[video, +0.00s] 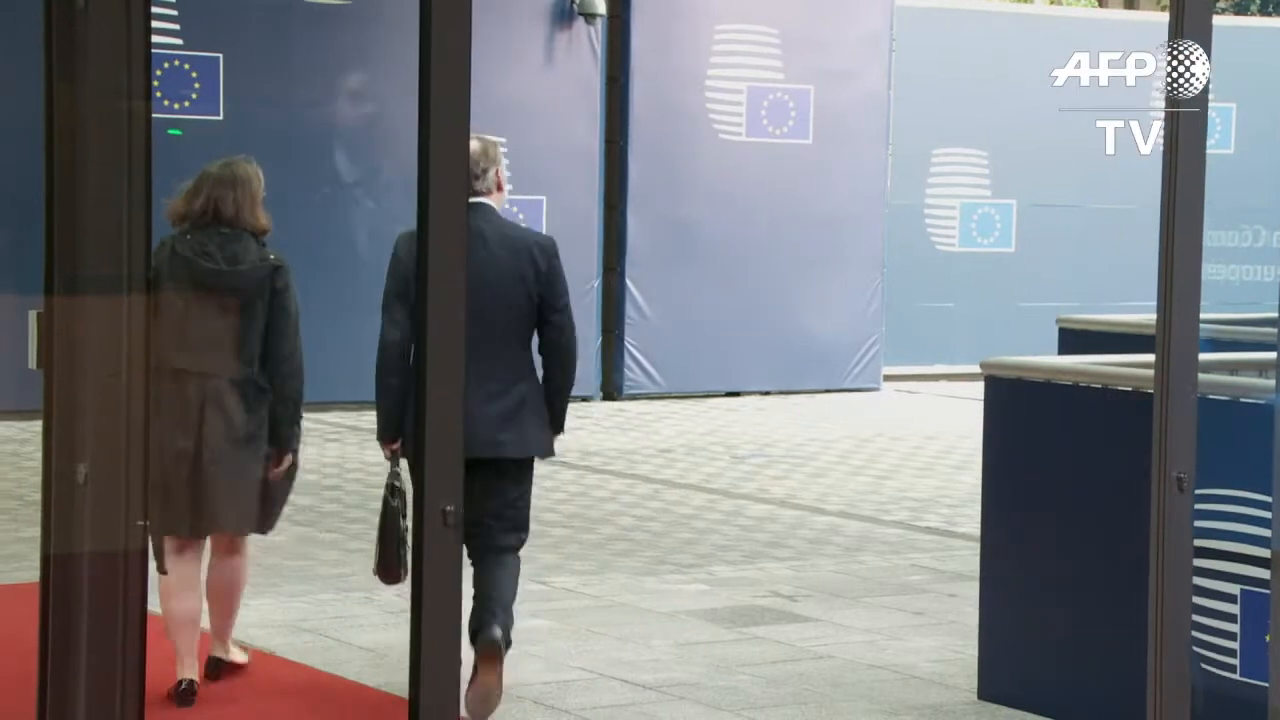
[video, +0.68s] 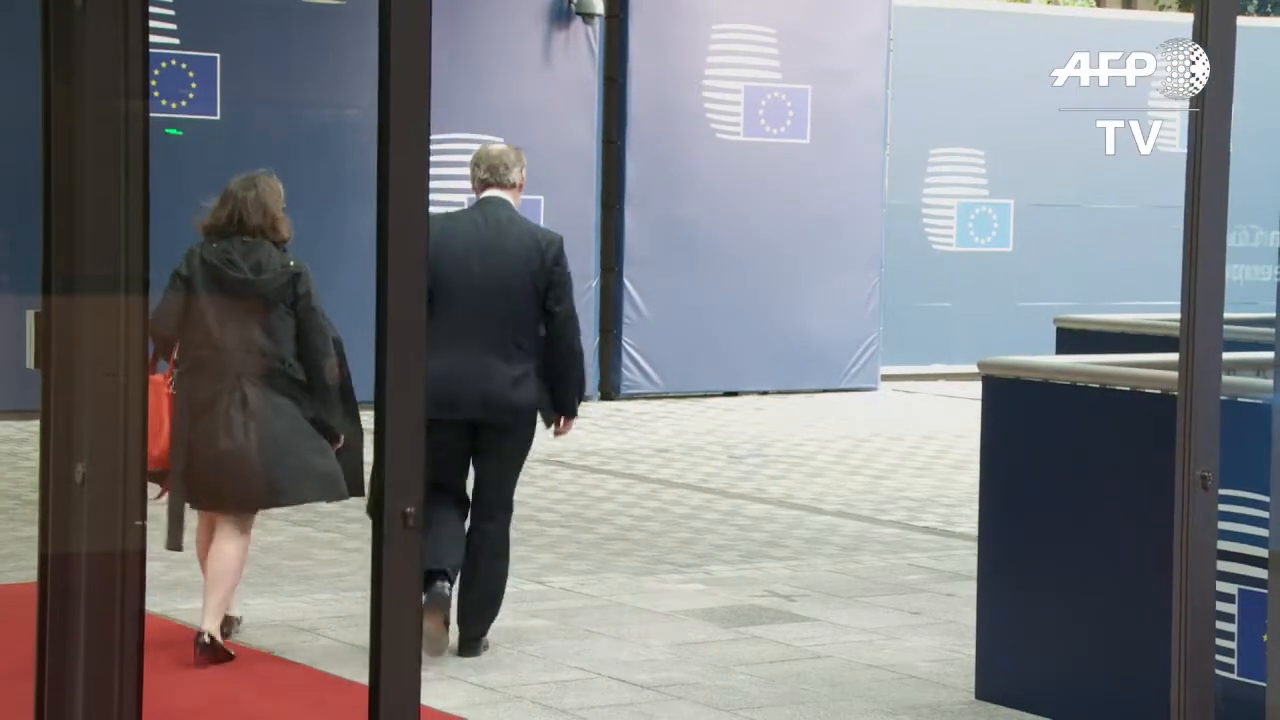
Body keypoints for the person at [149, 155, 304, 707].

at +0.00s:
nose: (263, 206)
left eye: (260, 196)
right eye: (260, 198)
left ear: (197, 198)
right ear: (252, 204)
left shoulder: (161, 260)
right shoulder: (269, 270)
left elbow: (138, 346)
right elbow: (284, 362)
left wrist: (137, 420)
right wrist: (286, 438)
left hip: (167, 419)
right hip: (237, 421)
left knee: (181, 548)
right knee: (230, 545)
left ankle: (186, 672)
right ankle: (222, 646)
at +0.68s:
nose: (285, 216)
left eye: (283, 208)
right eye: (281, 209)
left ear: (224, 210)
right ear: (273, 215)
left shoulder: (194, 266)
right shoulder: (291, 274)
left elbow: (161, 333)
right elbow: (320, 357)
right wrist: (332, 419)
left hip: (200, 406)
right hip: (259, 408)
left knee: (210, 517)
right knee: (234, 523)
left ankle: (224, 612)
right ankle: (210, 629)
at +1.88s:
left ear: (289, 208)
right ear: (331, 211)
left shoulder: (270, 249)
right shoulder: (345, 256)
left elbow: (241, 305)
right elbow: (370, 324)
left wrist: (247, 331)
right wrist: (374, 378)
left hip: (280, 376)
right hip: (332, 382)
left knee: (285, 469)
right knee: (313, 476)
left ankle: (282, 544)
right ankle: (282, 543)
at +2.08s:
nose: (356, 206)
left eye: (350, 197)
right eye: (354, 199)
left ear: (306, 201)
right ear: (351, 206)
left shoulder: (284, 249)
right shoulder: (360, 257)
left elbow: (257, 301)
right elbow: (374, 328)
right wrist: (377, 381)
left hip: (286, 378)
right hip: (343, 378)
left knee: (285, 471)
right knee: (346, 464)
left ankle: (290, 558)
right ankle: (342, 547)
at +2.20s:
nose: (373, 216)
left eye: (370, 209)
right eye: (371, 210)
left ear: (329, 211)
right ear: (365, 214)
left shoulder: (303, 253)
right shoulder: (373, 263)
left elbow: (271, 306)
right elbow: (380, 329)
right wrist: (383, 387)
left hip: (303, 372)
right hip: (350, 374)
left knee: (306, 463)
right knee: (355, 462)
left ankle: (304, 546)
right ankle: (365, 538)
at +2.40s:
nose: (412, 215)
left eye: (410, 208)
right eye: (409, 209)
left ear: (365, 210)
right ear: (403, 214)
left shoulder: (338, 255)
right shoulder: (411, 263)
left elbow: (322, 317)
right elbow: (423, 327)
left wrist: (322, 374)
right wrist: (425, 383)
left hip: (344, 373)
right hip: (392, 376)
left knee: (345, 459)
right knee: (387, 462)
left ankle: (312, 520)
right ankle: (376, 543)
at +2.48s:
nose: (428, 211)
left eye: (426, 204)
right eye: (425, 205)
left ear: (378, 208)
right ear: (418, 211)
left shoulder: (352, 256)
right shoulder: (427, 260)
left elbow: (335, 318)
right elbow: (444, 331)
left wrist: (333, 376)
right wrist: (448, 389)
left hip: (359, 368)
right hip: (409, 370)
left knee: (364, 452)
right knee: (395, 461)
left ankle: (342, 508)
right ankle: (382, 544)